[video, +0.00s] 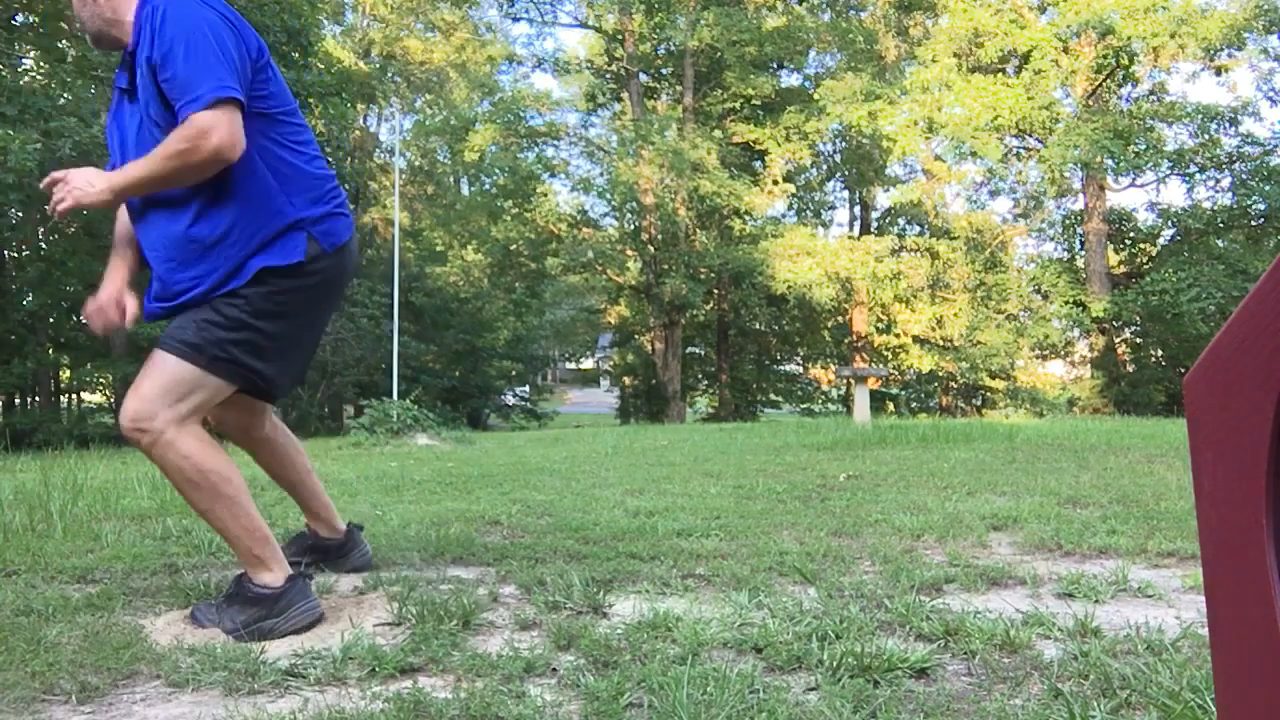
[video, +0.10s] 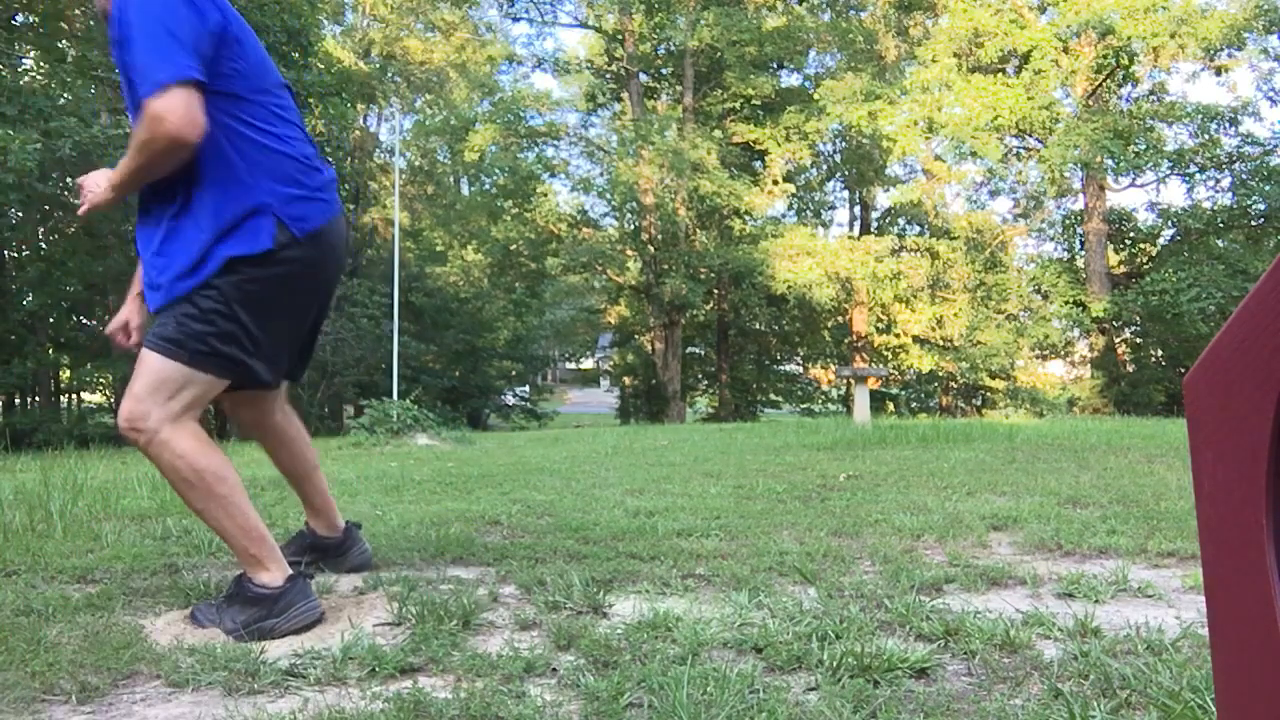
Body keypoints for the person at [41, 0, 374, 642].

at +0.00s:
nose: (73, 15)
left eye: (73, 4)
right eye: (72, 8)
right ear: (104, 7)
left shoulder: (181, 16)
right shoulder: (126, 98)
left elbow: (218, 136)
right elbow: (134, 199)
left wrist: (113, 181)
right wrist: (118, 277)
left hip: (291, 247)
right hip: (242, 261)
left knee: (152, 416)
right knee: (237, 410)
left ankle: (273, 586)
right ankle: (332, 534)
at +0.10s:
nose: (88, 8)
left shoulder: (149, 7)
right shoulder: (169, 19)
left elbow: (177, 122)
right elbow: (184, 186)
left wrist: (117, 178)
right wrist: (141, 293)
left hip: (260, 233)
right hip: (293, 230)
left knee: (150, 415)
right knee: (252, 392)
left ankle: (271, 584)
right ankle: (331, 532)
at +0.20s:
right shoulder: (249, 3)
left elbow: (89, 73)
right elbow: (270, 75)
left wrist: (108, 183)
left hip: (216, 186)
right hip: (308, 166)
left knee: (179, 399)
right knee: (282, 356)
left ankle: (271, 585)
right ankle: (343, 528)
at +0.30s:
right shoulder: (274, 3)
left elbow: (53, 68)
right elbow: (300, 90)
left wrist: (83, 200)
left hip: (178, 168)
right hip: (291, 149)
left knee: (193, 390)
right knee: (298, 342)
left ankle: (251, 590)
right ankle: (352, 504)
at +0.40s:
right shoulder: (283, 3)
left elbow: (39, 87)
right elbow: (325, 115)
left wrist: (54, 224)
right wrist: (329, 220)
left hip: (136, 182)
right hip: (255, 155)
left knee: (197, 392)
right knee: (314, 353)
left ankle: (263, 597)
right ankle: (309, 482)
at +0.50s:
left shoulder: (71, 4)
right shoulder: (276, 2)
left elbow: (38, 107)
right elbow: (328, 92)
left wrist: (30, 234)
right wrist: (374, 207)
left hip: (117, 190)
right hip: (234, 165)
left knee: (192, 398)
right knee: (310, 383)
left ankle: (261, 592)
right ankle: (218, 517)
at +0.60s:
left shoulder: (70, 3)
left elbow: (41, 92)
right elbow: (318, 53)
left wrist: (35, 230)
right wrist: (393, 175)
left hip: (97, 174)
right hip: (209, 157)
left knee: (192, 388)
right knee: (260, 390)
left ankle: (261, 596)